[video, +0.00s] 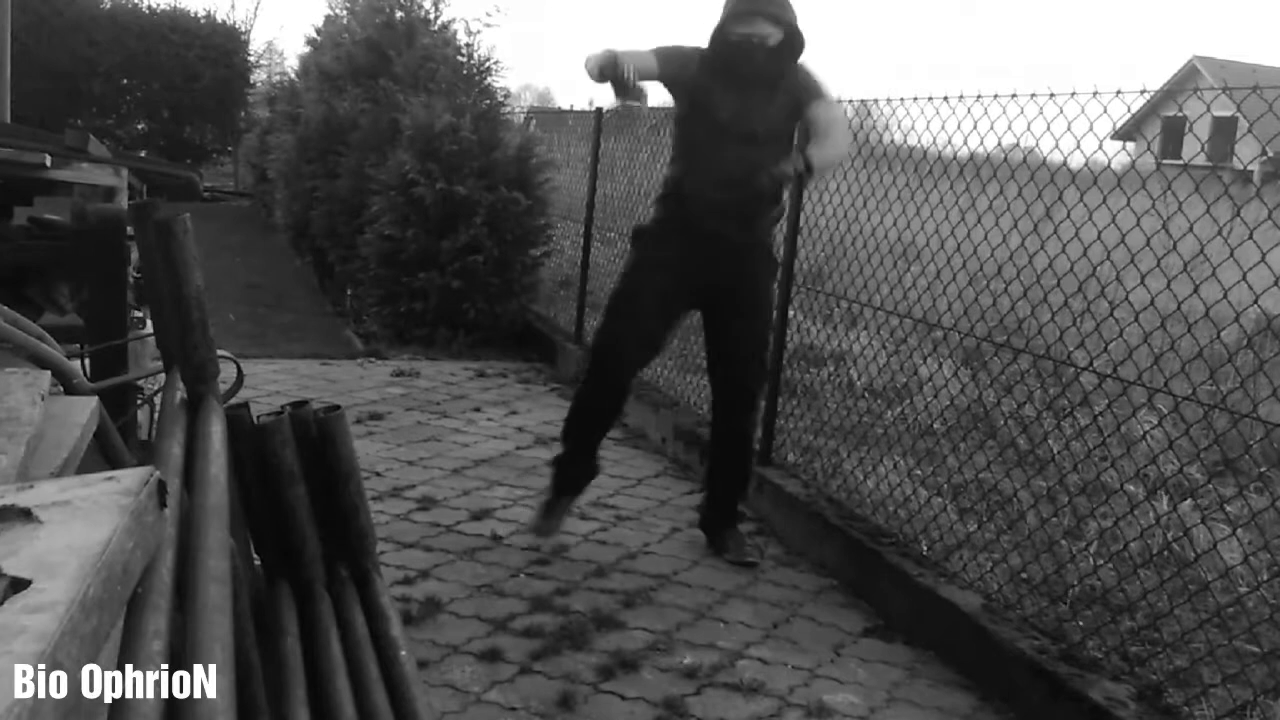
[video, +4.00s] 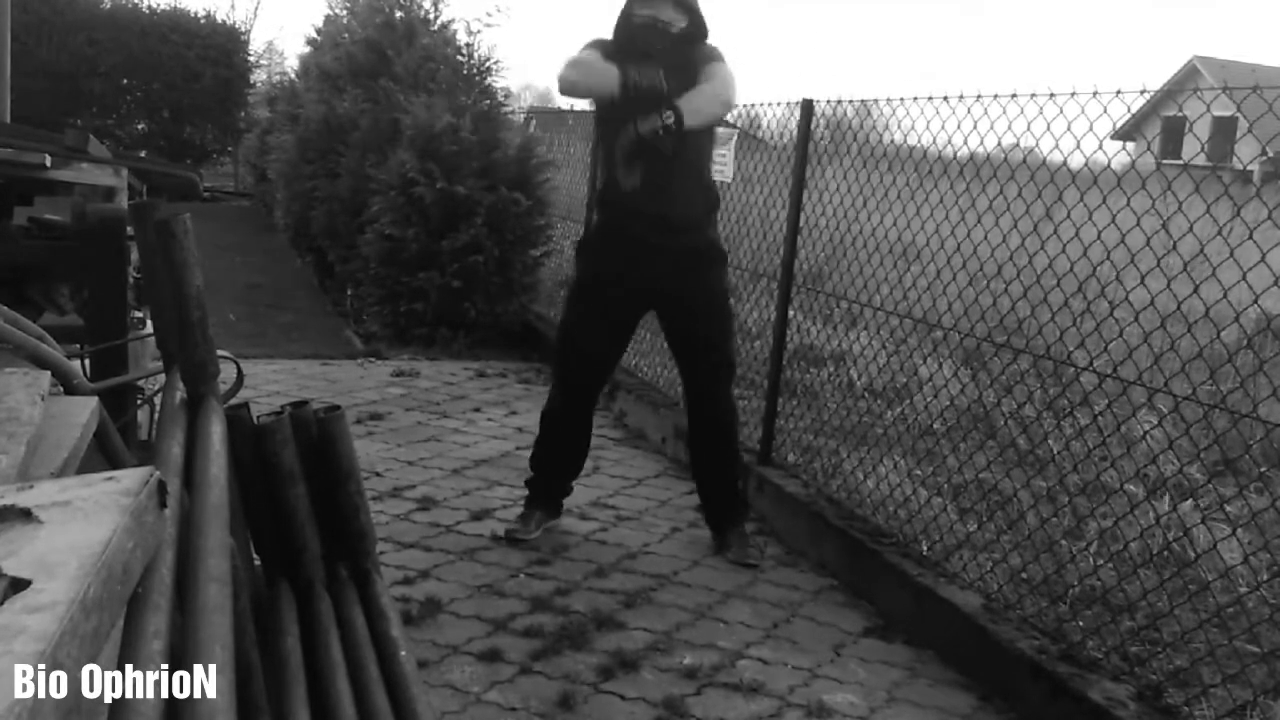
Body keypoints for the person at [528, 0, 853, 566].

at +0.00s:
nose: (754, 53)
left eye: (767, 43)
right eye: (743, 40)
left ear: (786, 42)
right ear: (724, 35)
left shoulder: (800, 85)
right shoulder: (693, 65)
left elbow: (839, 140)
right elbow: (602, 61)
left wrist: (795, 165)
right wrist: (615, 71)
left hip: (744, 258)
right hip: (672, 244)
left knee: (738, 393)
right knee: (611, 359)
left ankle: (722, 521)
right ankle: (565, 486)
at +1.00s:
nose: (631, 37)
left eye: (642, 28)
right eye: (622, 28)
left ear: (669, 25)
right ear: (616, 31)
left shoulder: (701, 77)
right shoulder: (628, 72)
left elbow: (662, 158)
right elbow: (604, 11)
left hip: (660, 255)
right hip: (596, 247)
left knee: (691, 390)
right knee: (570, 378)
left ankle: (723, 522)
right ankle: (547, 501)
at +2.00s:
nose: (660, 47)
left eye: (674, 37)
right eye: (650, 36)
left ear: (704, 38)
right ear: (640, 37)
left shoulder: (731, 93)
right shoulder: (642, 92)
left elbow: (657, 156)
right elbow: (613, 166)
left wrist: (604, 183)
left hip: (675, 271)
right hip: (608, 260)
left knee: (693, 399)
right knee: (566, 376)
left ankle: (719, 523)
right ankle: (545, 497)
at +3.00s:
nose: (661, 35)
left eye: (675, 24)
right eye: (649, 24)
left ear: (701, 33)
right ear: (636, 30)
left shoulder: (727, 84)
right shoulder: (626, 84)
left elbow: (792, 141)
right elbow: (563, 151)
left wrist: (760, 90)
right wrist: (572, 92)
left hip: (675, 259)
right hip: (605, 251)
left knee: (696, 393)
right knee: (563, 373)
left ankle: (720, 524)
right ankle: (541, 498)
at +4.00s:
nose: (657, 21)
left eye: (671, 15)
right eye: (647, 11)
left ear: (688, 23)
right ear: (627, 14)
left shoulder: (704, 58)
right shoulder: (607, 53)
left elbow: (721, 96)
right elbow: (570, 78)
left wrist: (665, 120)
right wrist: (632, 80)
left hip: (689, 254)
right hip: (613, 248)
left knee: (711, 388)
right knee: (575, 379)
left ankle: (729, 522)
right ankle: (543, 501)